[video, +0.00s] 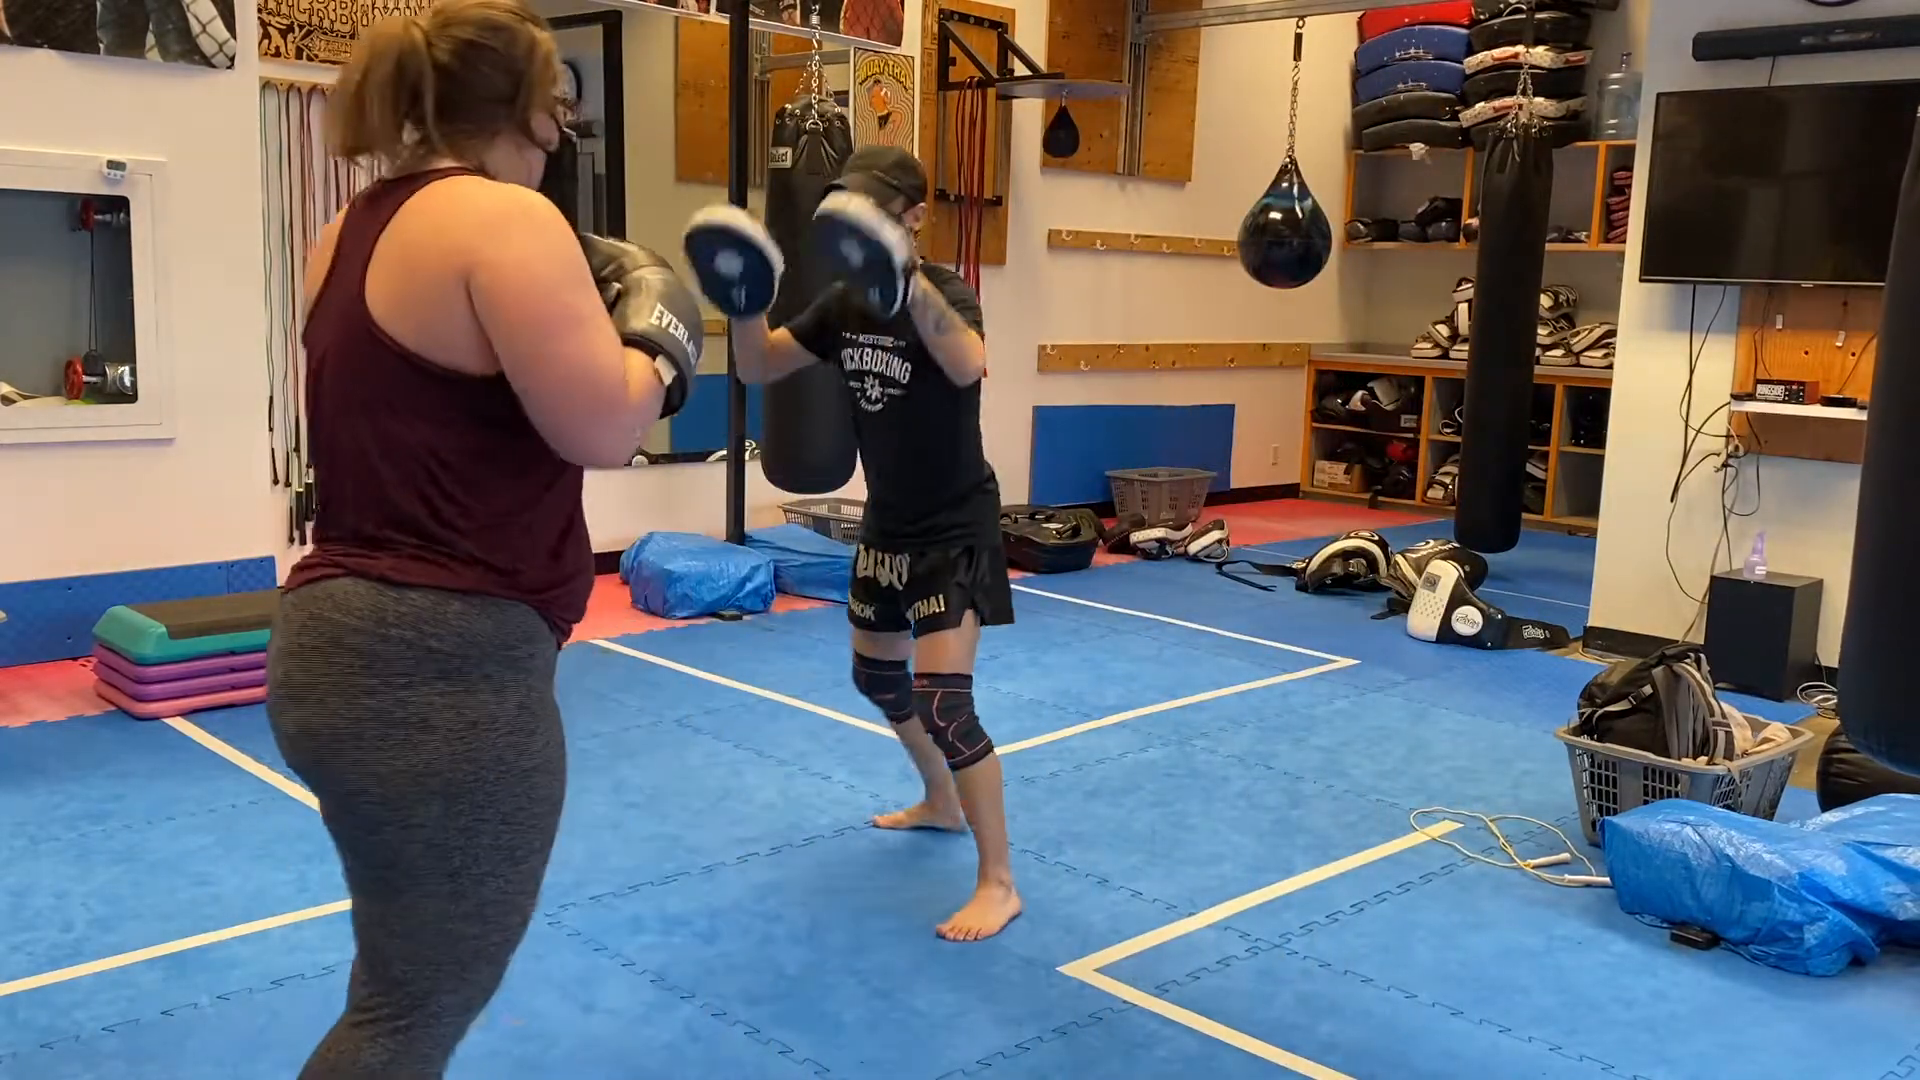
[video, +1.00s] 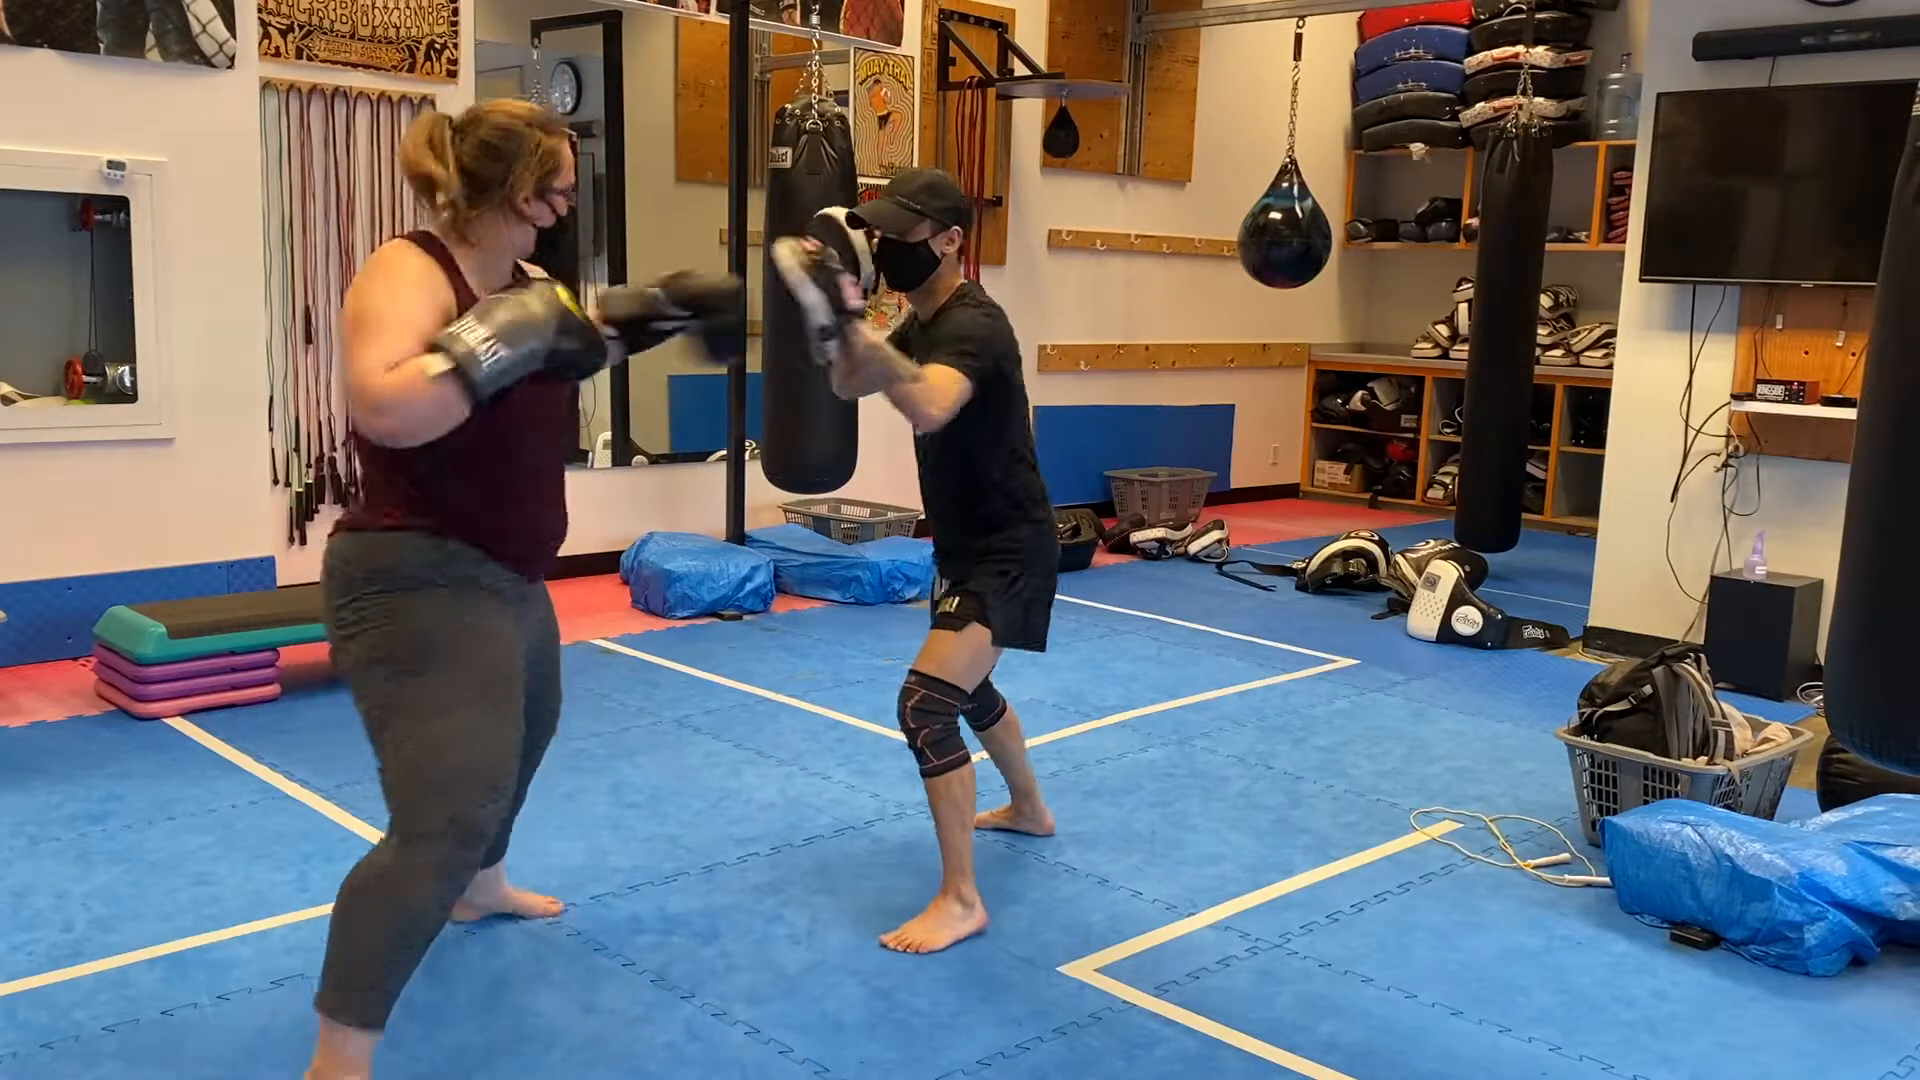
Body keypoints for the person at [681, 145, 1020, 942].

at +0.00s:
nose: (859, 233)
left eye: (874, 218)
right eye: (850, 221)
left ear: (911, 216)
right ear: (842, 228)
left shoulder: (944, 290)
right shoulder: (840, 300)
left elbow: (967, 367)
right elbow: (756, 367)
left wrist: (911, 284)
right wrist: (745, 295)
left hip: (954, 518)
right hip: (886, 519)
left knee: (944, 706)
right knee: (881, 677)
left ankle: (998, 881)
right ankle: (943, 802)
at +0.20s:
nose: (889, 251)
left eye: (905, 233)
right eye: (878, 233)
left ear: (932, 233)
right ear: (862, 235)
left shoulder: (961, 298)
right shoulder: (854, 305)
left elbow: (977, 347)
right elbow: (759, 345)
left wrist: (939, 264)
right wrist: (761, 267)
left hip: (960, 520)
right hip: (894, 521)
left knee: (911, 689)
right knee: (881, 676)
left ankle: (956, 884)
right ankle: (942, 801)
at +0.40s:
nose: (882, 248)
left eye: (898, 233)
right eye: (877, 235)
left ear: (926, 239)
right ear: (869, 245)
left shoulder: (959, 313)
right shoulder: (869, 317)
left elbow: (956, 369)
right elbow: (783, 361)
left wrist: (920, 283)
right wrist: (768, 293)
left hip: (963, 540)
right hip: (905, 539)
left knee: (900, 714)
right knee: (913, 681)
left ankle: (942, 914)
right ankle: (946, 802)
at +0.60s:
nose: (856, 250)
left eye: (869, 232)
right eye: (850, 235)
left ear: (915, 226)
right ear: (880, 232)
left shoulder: (953, 302)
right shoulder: (888, 299)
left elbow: (903, 355)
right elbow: (815, 365)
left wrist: (841, 273)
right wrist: (774, 292)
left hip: (982, 539)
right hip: (938, 537)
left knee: (907, 713)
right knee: (954, 673)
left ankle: (945, 912)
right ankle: (999, 794)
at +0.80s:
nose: (876, 251)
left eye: (888, 238)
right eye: (872, 240)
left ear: (933, 231)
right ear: (903, 237)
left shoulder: (968, 314)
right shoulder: (911, 305)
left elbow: (947, 392)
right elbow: (846, 366)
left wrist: (889, 303)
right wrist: (816, 311)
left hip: (995, 539)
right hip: (968, 534)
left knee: (908, 702)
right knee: (982, 678)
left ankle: (948, 898)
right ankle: (1029, 806)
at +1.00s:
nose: (886, 252)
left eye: (899, 240)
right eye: (883, 239)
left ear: (949, 240)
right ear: (902, 242)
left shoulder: (975, 320)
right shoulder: (915, 311)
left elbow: (933, 406)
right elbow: (851, 385)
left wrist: (864, 336)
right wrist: (837, 317)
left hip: (1009, 546)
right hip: (962, 541)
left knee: (925, 707)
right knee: (968, 687)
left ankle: (961, 898)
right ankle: (1029, 807)